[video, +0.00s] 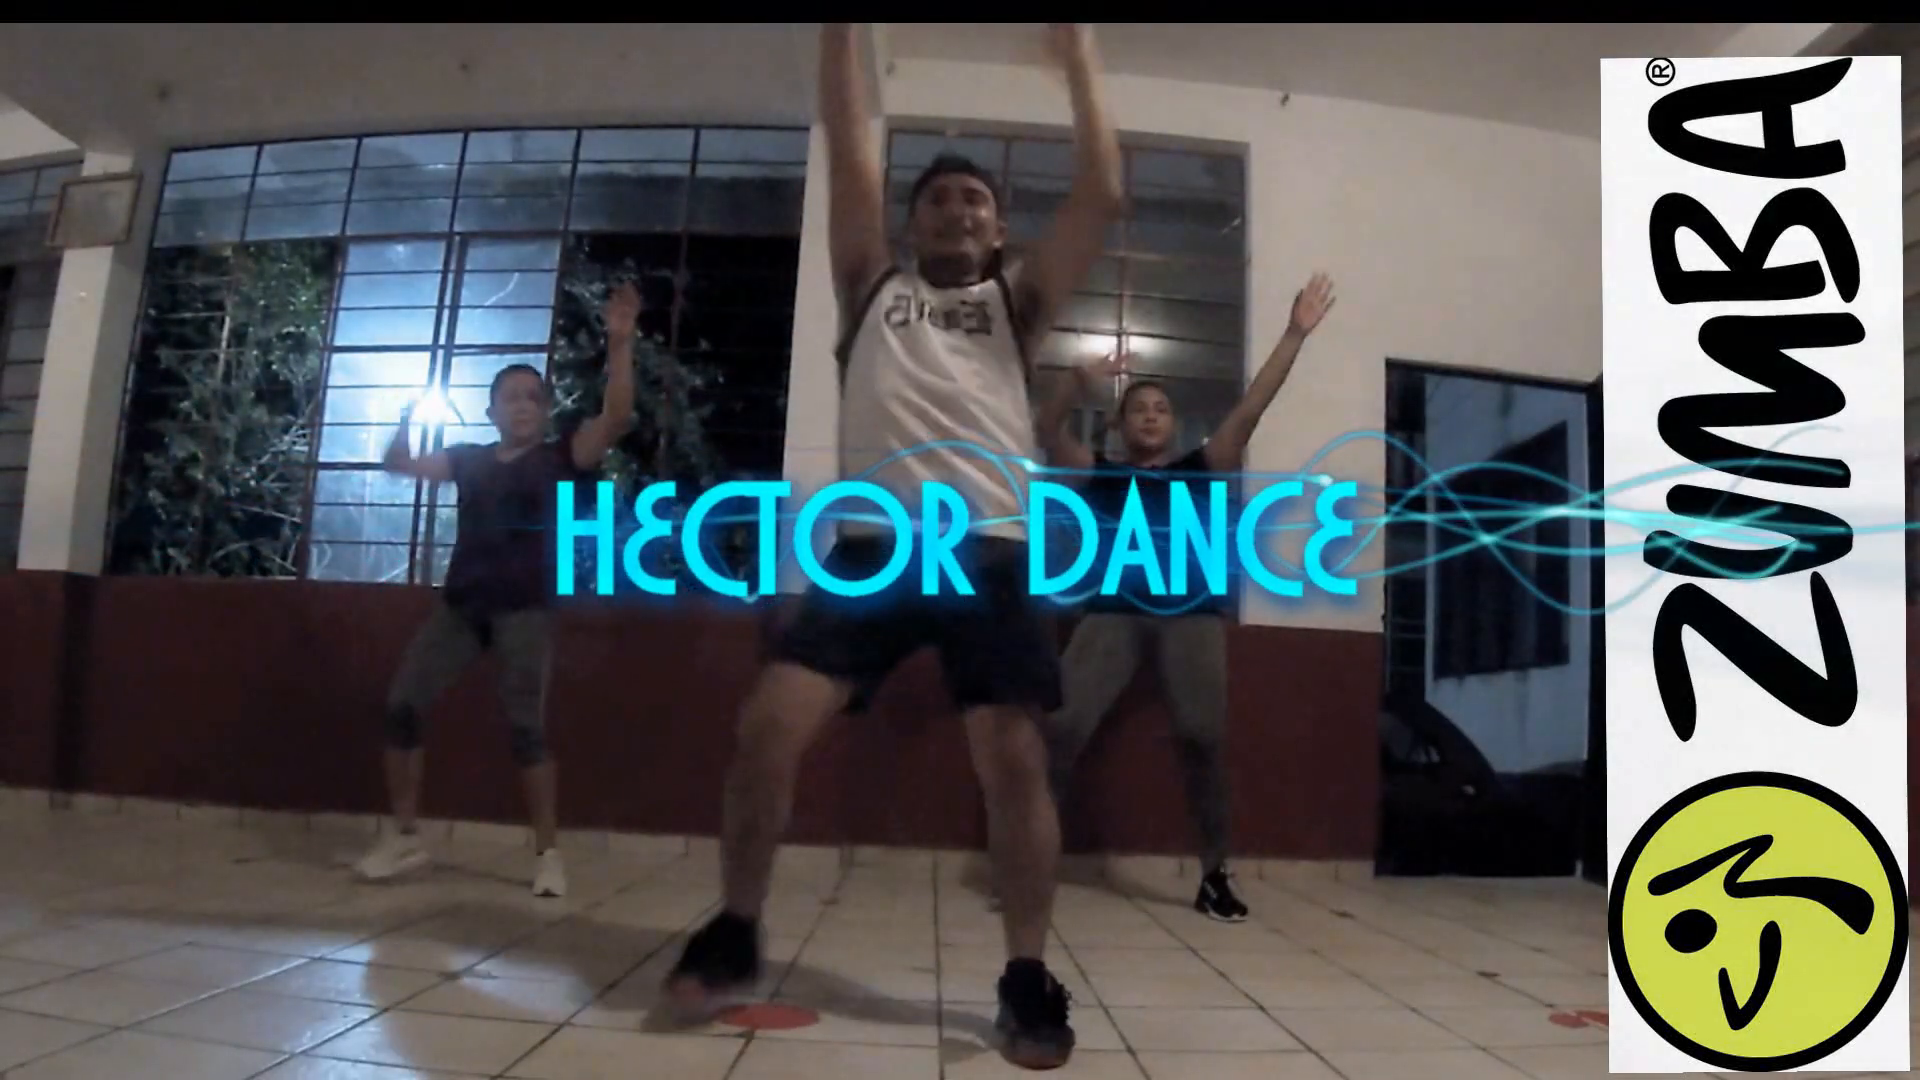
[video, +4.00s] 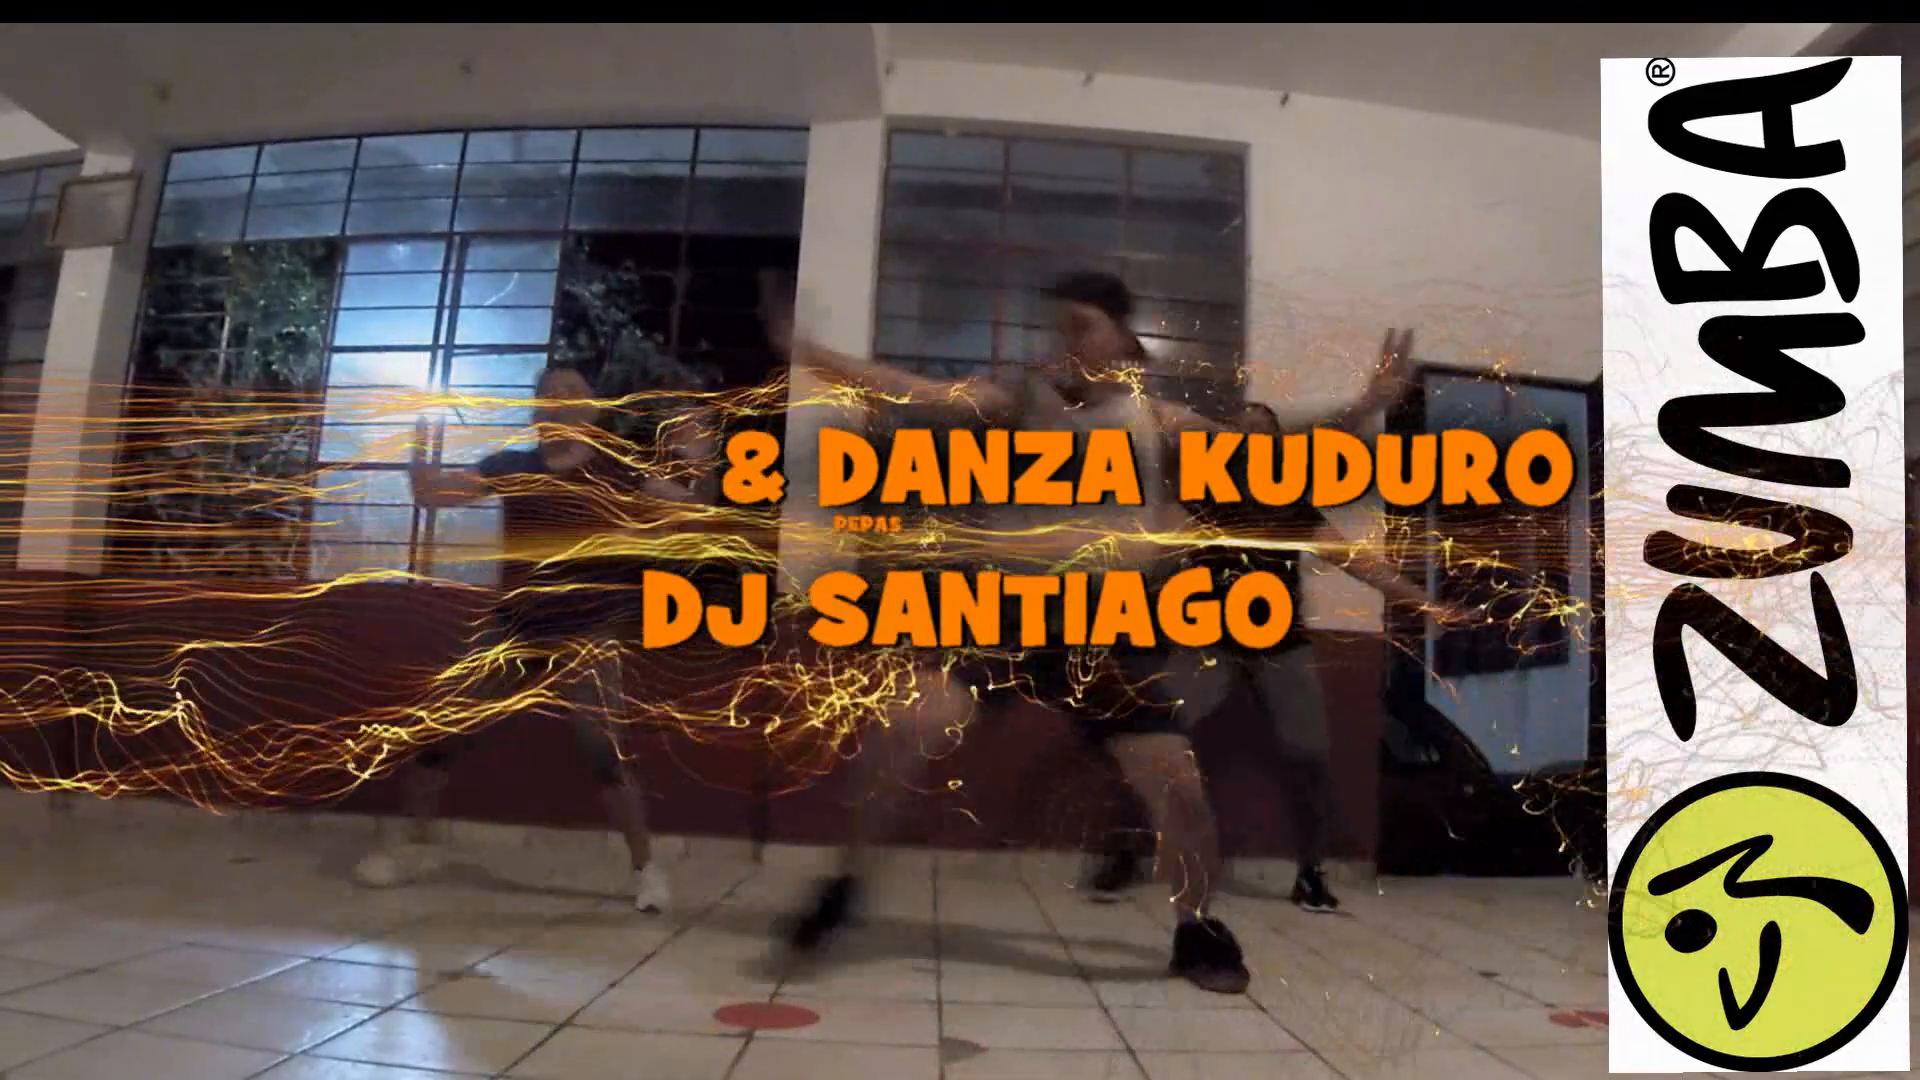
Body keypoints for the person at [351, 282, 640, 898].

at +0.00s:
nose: (522, 406)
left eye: (532, 398)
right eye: (512, 397)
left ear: (546, 409)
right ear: (494, 410)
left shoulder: (561, 457)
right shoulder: (469, 461)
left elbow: (616, 418)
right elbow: (399, 464)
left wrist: (620, 341)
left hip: (525, 610)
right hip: (462, 606)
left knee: (526, 726)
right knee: (404, 704)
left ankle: (547, 855)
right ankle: (405, 835)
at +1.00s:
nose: (516, 421)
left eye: (529, 415)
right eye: (508, 412)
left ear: (542, 429)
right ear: (492, 421)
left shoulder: (552, 487)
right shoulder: (459, 479)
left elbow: (592, 554)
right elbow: (436, 540)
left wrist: (551, 566)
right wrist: (428, 570)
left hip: (525, 625)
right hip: (464, 620)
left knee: (525, 736)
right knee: (446, 732)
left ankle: (534, 838)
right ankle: (468, 839)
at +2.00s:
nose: (487, 412)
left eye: (499, 406)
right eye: (479, 400)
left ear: (508, 419)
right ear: (457, 402)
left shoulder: (510, 479)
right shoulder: (420, 448)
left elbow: (574, 526)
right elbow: (378, 370)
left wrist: (557, 451)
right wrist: (378, 291)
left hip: (483, 612)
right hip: (415, 609)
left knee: (509, 731)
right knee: (361, 729)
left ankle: (538, 862)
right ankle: (355, 858)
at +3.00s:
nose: (514, 416)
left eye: (522, 408)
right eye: (505, 408)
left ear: (537, 413)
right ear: (486, 412)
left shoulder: (552, 462)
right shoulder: (458, 461)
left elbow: (595, 529)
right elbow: (395, 519)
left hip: (526, 607)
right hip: (462, 606)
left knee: (541, 727)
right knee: (437, 729)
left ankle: (571, 848)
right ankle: (445, 847)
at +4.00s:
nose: (559, 418)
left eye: (571, 407)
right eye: (550, 407)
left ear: (594, 414)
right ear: (538, 412)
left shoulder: (622, 473)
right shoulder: (516, 467)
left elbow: (688, 509)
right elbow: (435, 491)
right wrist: (423, 463)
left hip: (592, 630)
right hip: (517, 624)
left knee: (601, 745)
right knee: (442, 726)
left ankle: (646, 866)